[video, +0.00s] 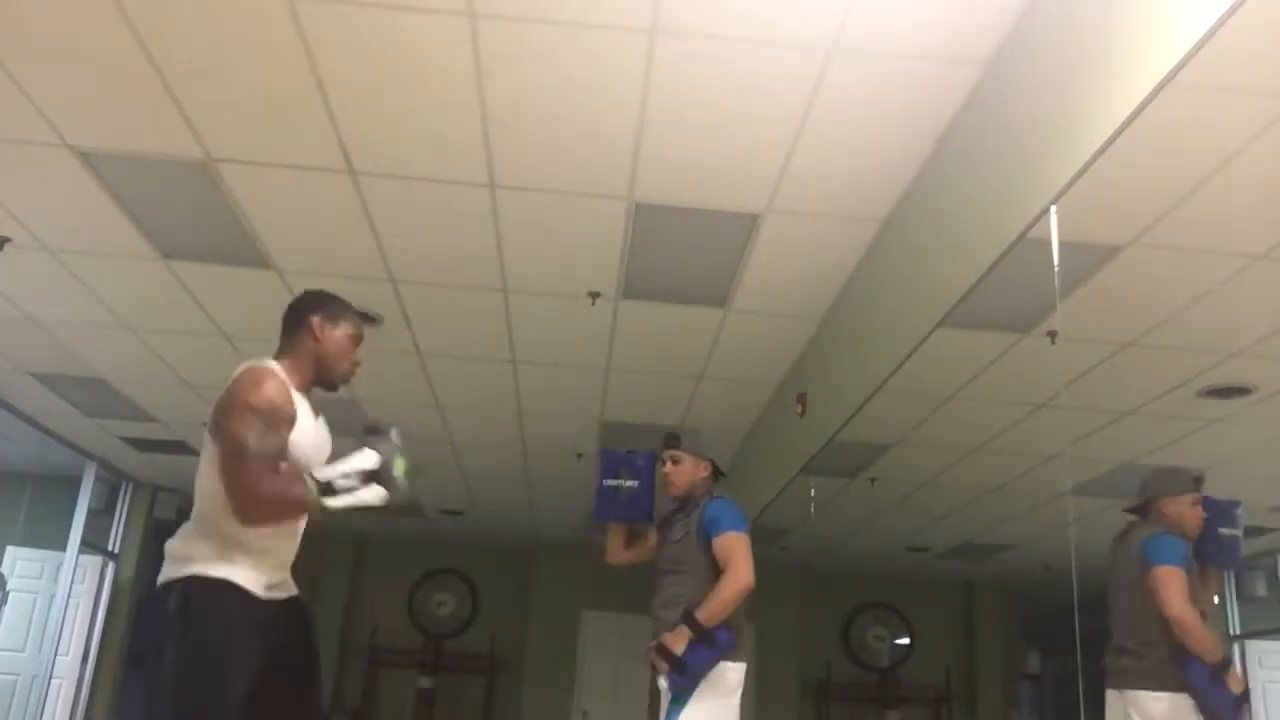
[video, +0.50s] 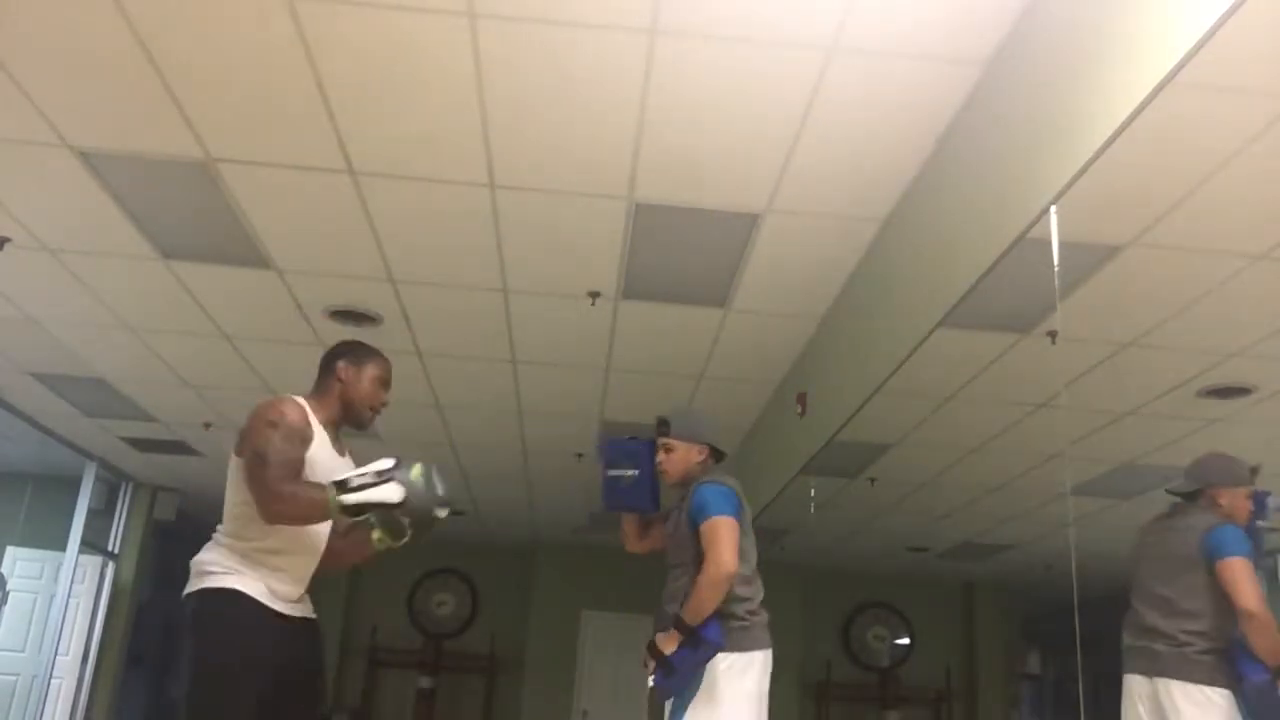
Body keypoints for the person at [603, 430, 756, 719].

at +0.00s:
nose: (666, 469)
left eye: (676, 461)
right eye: (664, 463)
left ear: (704, 469)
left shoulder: (718, 510)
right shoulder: (676, 520)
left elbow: (740, 578)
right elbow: (617, 554)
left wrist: (683, 633)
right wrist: (618, 490)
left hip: (709, 660)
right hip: (679, 659)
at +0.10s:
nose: (661, 469)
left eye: (671, 460)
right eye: (659, 462)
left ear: (700, 466)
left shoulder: (715, 508)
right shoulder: (674, 517)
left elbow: (737, 579)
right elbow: (616, 553)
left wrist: (685, 637)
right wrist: (617, 489)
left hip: (711, 659)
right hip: (680, 658)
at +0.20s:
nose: (651, 470)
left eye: (661, 460)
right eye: (650, 461)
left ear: (691, 464)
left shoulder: (709, 506)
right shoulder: (668, 515)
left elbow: (731, 578)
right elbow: (613, 552)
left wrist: (680, 638)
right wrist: (615, 487)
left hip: (715, 655)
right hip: (681, 654)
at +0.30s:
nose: (644, 467)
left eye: (653, 458)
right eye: (643, 459)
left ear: (684, 460)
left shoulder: (700, 500)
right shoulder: (670, 510)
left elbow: (720, 573)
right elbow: (615, 550)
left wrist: (676, 639)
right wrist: (613, 486)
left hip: (721, 655)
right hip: (692, 654)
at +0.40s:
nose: (646, 464)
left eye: (655, 454)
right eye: (646, 456)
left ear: (688, 457)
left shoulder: (701, 495)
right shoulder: (676, 505)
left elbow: (716, 568)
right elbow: (623, 547)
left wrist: (675, 636)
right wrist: (617, 481)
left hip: (725, 655)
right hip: (699, 653)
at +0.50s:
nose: (658, 459)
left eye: (668, 450)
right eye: (659, 450)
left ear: (700, 453)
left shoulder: (711, 492)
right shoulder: (692, 501)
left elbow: (721, 568)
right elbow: (637, 541)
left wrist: (676, 632)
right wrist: (630, 475)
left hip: (727, 655)